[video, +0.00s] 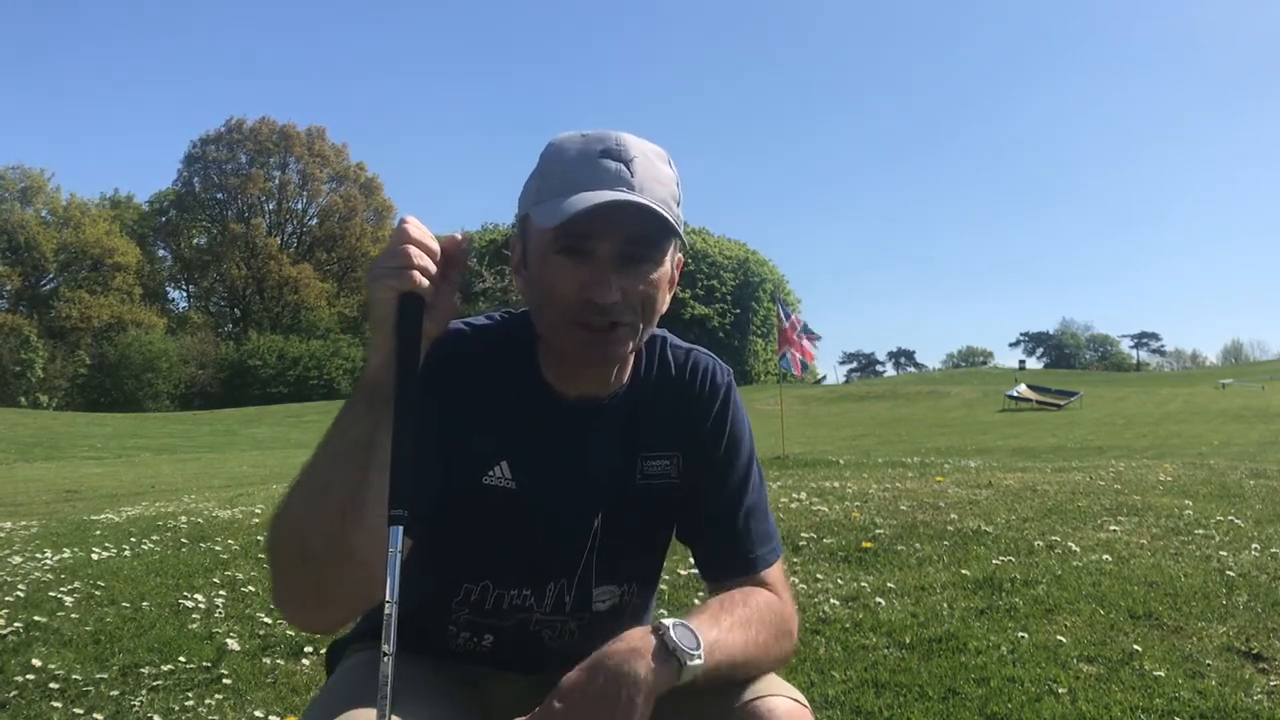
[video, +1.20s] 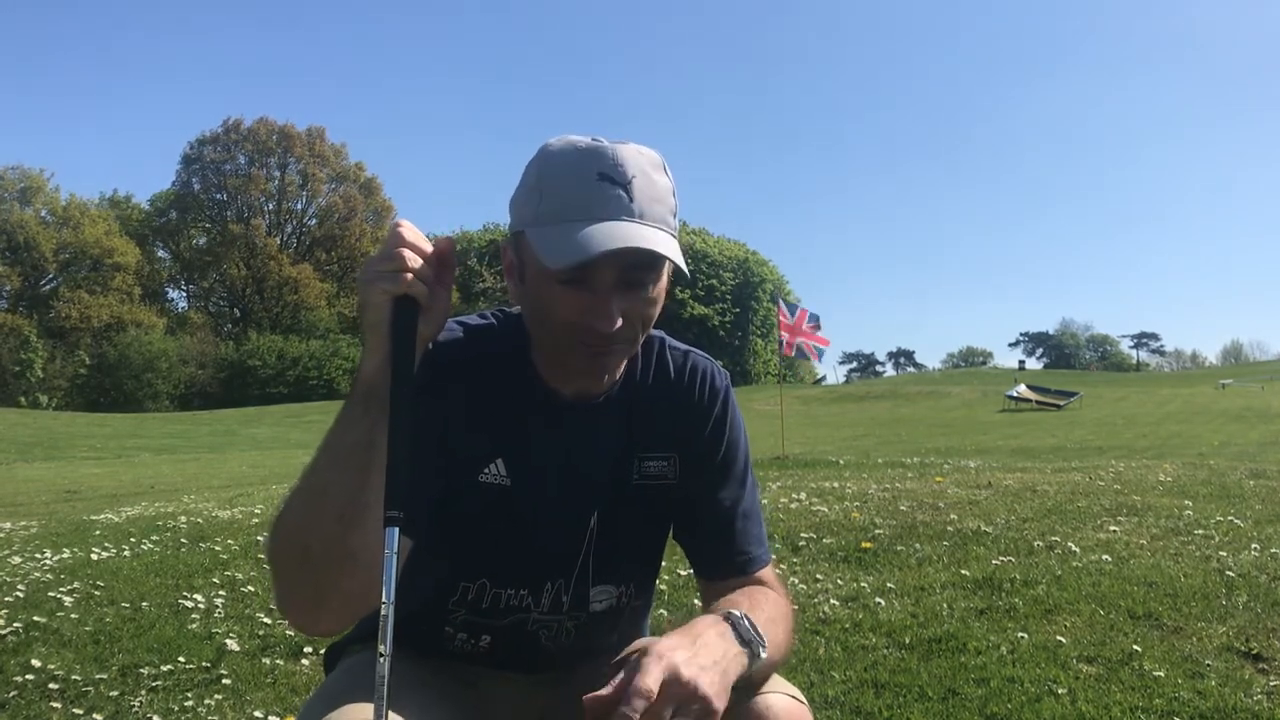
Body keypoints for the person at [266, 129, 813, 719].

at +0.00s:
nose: (606, 289)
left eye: (637, 254)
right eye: (574, 249)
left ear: (673, 275)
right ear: (520, 259)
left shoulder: (696, 391)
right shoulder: (443, 367)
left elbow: (769, 610)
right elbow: (310, 603)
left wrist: (655, 653)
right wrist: (388, 364)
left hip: (611, 672)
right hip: (434, 667)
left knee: (778, 711)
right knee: (354, 715)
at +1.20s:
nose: (610, 316)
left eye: (636, 280)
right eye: (578, 279)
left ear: (668, 277)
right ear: (514, 270)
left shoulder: (692, 392)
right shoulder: (436, 368)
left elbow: (755, 590)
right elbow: (312, 607)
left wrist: (721, 640)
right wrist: (381, 368)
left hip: (608, 672)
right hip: (431, 671)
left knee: (778, 710)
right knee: (349, 714)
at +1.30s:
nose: (610, 316)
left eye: (638, 281)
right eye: (578, 279)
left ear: (668, 278)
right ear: (514, 269)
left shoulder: (692, 392)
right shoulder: (435, 370)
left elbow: (752, 587)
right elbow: (312, 607)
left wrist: (748, 624)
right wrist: (379, 368)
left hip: (606, 672)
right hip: (433, 673)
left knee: (780, 711)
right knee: (352, 715)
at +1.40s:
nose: (609, 316)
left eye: (637, 280)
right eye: (577, 280)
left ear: (666, 277)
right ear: (513, 269)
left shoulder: (690, 390)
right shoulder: (434, 369)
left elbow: (744, 576)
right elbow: (312, 608)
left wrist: (764, 612)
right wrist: (379, 368)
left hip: (606, 669)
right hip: (435, 671)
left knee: (781, 710)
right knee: (355, 713)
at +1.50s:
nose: (607, 314)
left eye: (635, 278)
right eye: (575, 277)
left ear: (665, 276)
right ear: (511, 266)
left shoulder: (688, 389)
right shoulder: (435, 367)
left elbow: (743, 576)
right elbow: (314, 609)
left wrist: (767, 603)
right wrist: (379, 371)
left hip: (606, 666)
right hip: (435, 670)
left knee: (781, 707)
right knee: (360, 713)